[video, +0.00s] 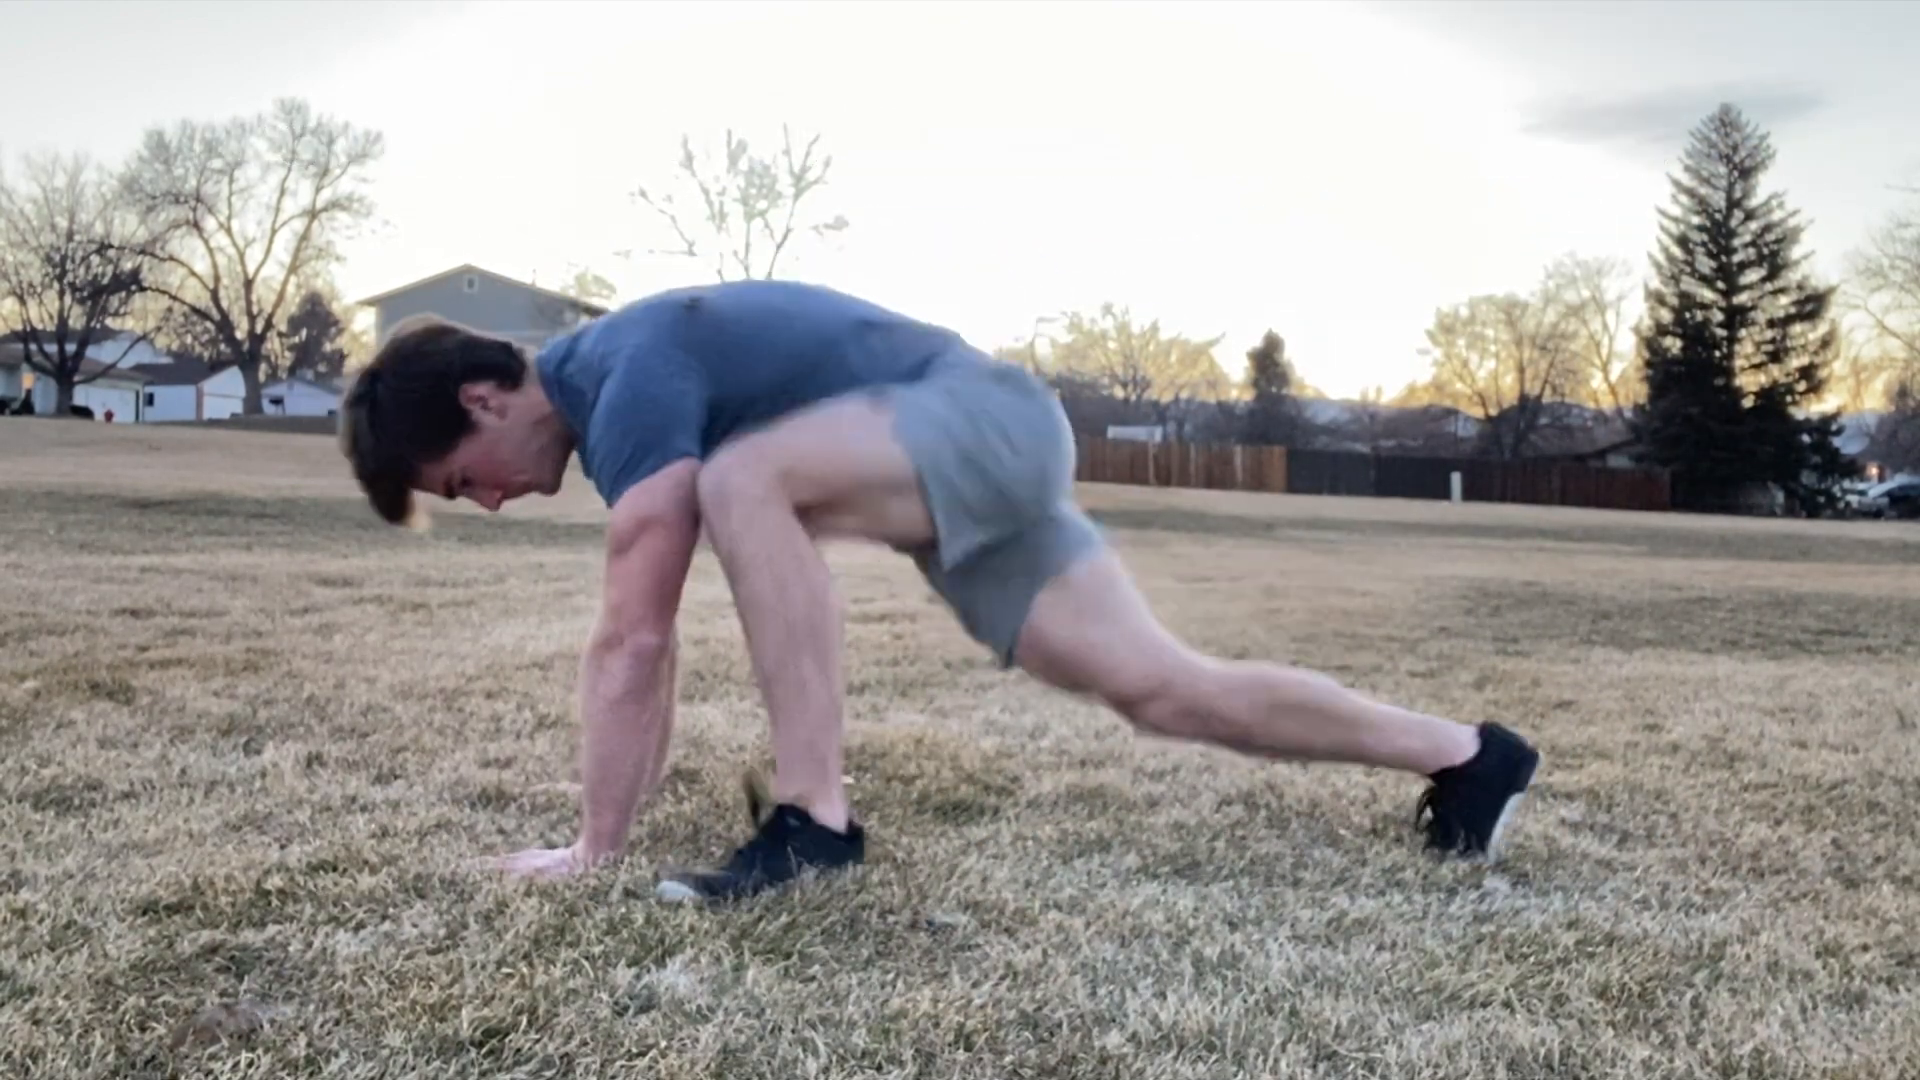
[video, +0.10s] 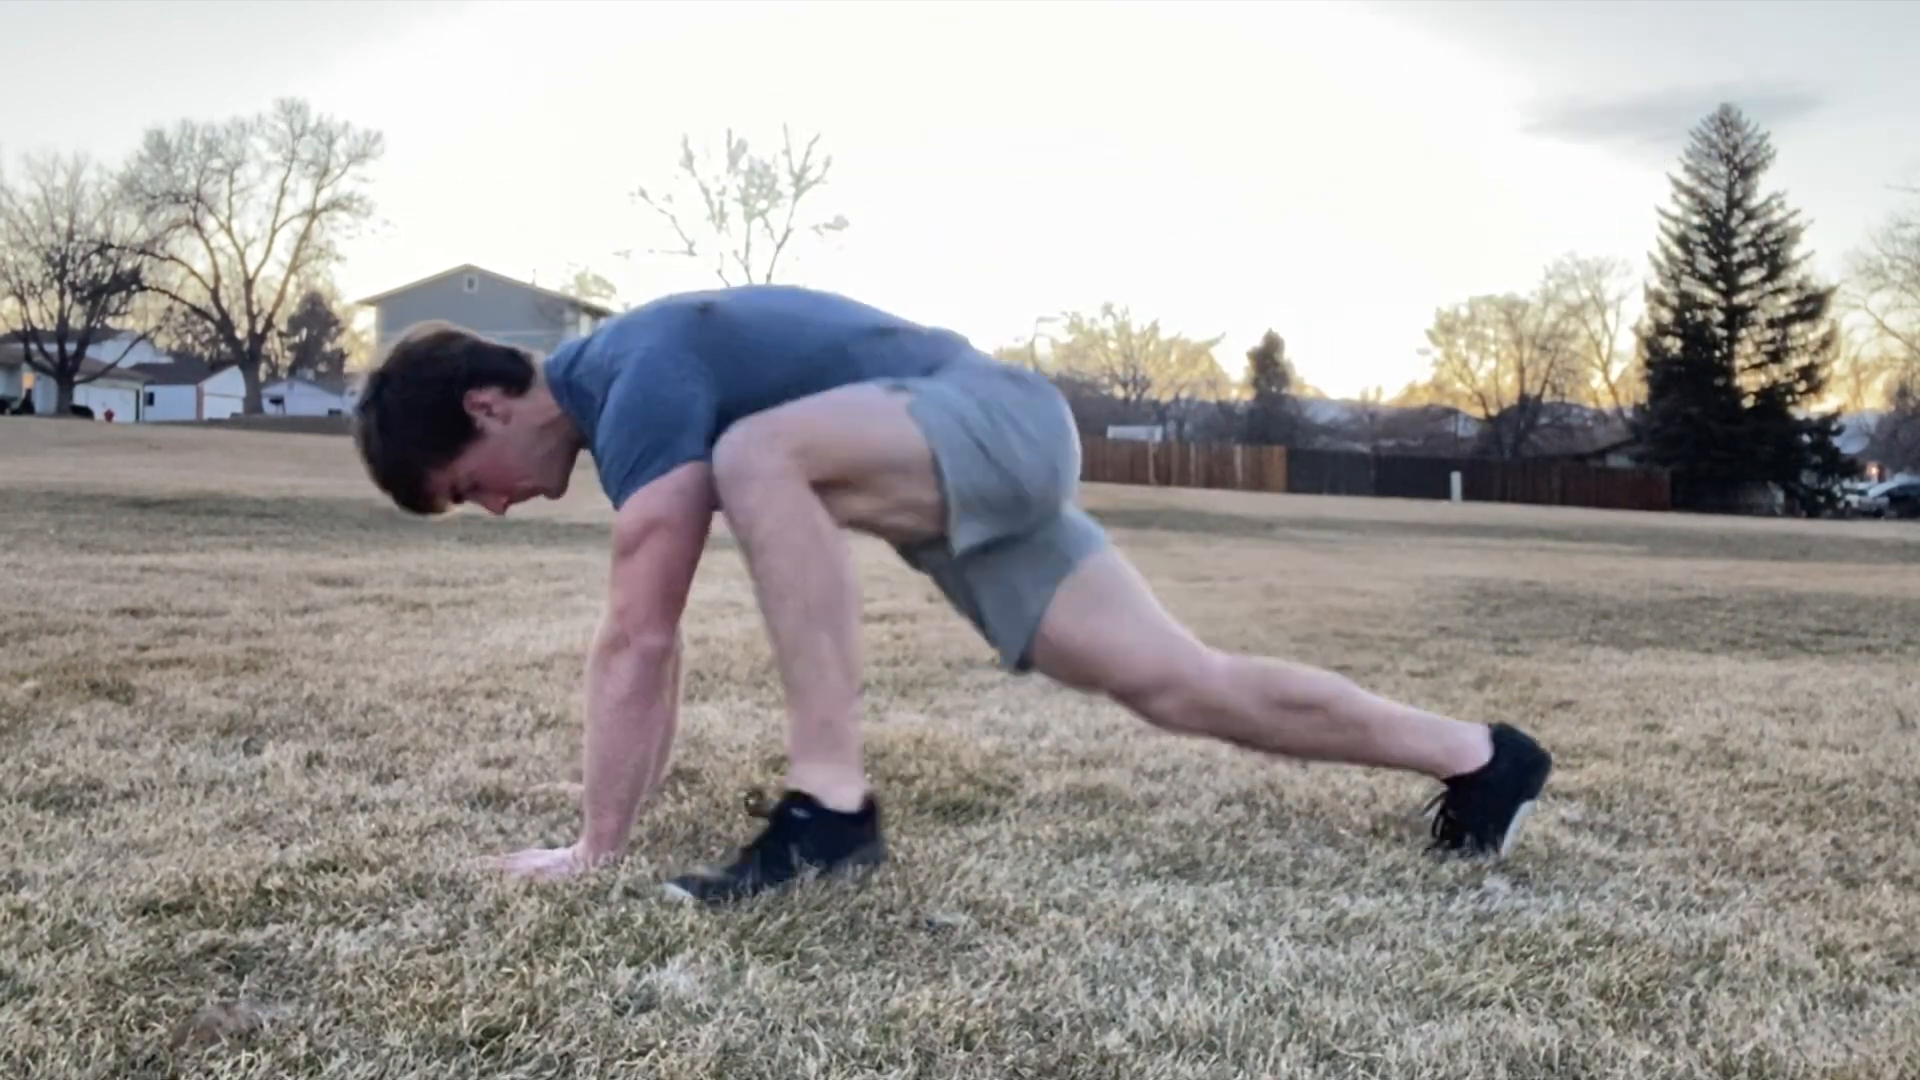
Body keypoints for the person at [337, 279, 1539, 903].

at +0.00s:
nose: (486, 501)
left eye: (462, 478)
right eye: (461, 494)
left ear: (488, 401)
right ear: (493, 402)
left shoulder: (637, 370)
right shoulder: (613, 410)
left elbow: (630, 631)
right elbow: (636, 639)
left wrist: (590, 845)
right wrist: (609, 835)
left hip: (986, 412)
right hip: (976, 488)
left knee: (744, 482)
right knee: (1165, 687)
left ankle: (814, 817)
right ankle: (1469, 754)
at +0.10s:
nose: (494, 507)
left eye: (470, 485)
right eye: (469, 500)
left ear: (492, 410)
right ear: (498, 412)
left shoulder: (646, 370)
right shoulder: (622, 415)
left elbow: (636, 631)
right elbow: (644, 640)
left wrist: (590, 838)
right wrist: (607, 828)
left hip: (998, 415)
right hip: (975, 499)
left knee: (757, 458)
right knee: (1171, 678)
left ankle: (832, 802)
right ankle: (1483, 757)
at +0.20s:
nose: (474, 522)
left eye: (452, 500)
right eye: (448, 517)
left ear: (467, 420)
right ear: (471, 423)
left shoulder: (611, 370)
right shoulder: (591, 396)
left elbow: (625, 641)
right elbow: (633, 627)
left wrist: (595, 848)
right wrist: (626, 796)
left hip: (964, 329)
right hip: (972, 382)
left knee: (798, 473)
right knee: (1145, 606)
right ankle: (1420, 723)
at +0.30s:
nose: (474, 527)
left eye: (448, 509)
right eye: (448, 521)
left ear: (459, 432)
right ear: (465, 421)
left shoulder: (590, 381)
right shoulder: (581, 380)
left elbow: (616, 630)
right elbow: (642, 598)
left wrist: (591, 850)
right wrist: (653, 762)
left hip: (934, 278)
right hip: (942, 284)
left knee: (928, 586)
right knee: (975, 572)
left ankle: (1253, 628)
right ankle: (1252, 631)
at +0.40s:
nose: (469, 522)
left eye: (441, 504)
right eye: (439, 517)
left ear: (453, 431)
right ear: (460, 421)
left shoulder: (577, 375)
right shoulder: (587, 377)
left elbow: (610, 621)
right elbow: (643, 608)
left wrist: (594, 841)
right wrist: (636, 788)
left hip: (938, 314)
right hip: (898, 345)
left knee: (1101, 628)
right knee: (851, 524)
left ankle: (1419, 584)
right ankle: (1070, 660)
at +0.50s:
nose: (457, 500)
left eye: (434, 476)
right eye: (432, 493)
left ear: (454, 399)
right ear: (463, 398)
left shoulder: (570, 379)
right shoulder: (598, 371)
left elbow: (617, 607)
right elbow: (647, 619)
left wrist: (598, 838)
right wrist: (632, 804)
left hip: (937, 419)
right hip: (908, 409)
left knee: (1202, 640)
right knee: (757, 469)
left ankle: (1514, 692)